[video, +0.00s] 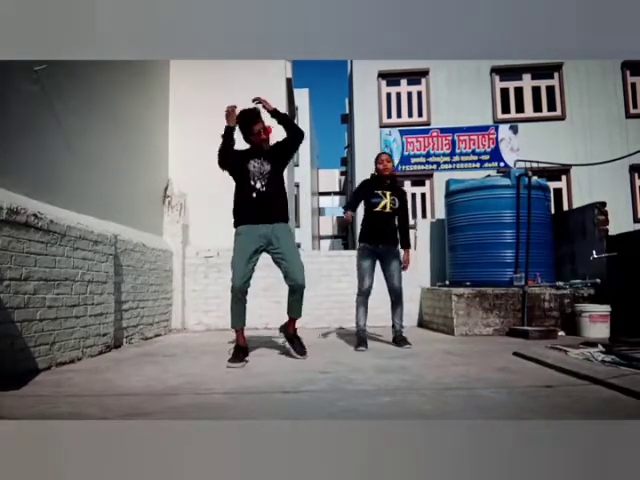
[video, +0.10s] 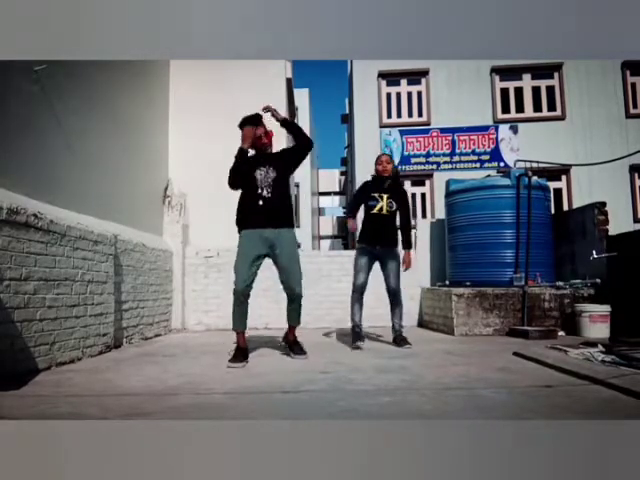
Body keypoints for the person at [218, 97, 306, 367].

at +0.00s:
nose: (265, 134)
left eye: (266, 129)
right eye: (258, 132)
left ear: (268, 128)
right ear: (247, 135)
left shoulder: (278, 154)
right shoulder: (238, 159)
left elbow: (297, 135)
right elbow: (223, 159)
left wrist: (274, 112)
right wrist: (230, 127)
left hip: (279, 227)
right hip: (248, 229)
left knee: (298, 282)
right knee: (239, 285)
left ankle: (291, 327)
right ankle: (240, 342)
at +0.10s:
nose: (265, 136)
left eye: (265, 132)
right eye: (259, 135)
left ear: (270, 134)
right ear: (251, 140)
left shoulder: (284, 159)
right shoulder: (245, 163)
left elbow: (305, 144)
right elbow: (234, 183)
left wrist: (284, 121)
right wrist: (244, 148)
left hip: (283, 232)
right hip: (252, 232)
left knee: (295, 289)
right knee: (241, 288)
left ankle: (291, 336)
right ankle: (241, 344)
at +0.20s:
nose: (265, 137)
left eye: (266, 132)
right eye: (260, 134)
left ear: (271, 134)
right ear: (252, 138)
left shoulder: (289, 158)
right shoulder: (250, 162)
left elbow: (316, 153)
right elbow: (245, 184)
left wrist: (295, 129)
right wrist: (253, 148)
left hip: (288, 231)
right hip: (258, 231)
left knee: (296, 287)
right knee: (243, 285)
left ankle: (293, 338)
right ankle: (242, 342)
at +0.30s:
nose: (267, 141)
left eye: (269, 135)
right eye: (262, 137)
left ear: (275, 134)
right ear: (257, 140)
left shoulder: (293, 158)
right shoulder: (255, 162)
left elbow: (322, 167)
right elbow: (246, 172)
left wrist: (306, 142)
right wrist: (252, 142)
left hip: (292, 232)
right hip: (262, 233)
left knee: (296, 288)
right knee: (251, 285)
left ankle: (292, 340)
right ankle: (244, 343)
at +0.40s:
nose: (269, 147)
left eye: (272, 141)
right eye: (265, 144)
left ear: (280, 140)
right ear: (260, 146)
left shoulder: (297, 164)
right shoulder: (258, 166)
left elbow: (325, 186)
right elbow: (244, 161)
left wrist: (316, 165)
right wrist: (252, 134)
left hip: (294, 236)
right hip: (265, 236)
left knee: (297, 290)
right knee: (252, 287)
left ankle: (292, 341)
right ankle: (246, 344)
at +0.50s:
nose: (270, 149)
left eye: (273, 143)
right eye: (265, 146)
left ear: (281, 142)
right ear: (260, 148)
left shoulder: (299, 166)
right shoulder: (259, 167)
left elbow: (326, 196)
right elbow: (241, 157)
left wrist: (320, 193)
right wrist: (251, 134)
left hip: (293, 237)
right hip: (264, 235)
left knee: (297, 290)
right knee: (247, 279)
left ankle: (292, 340)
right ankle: (249, 335)